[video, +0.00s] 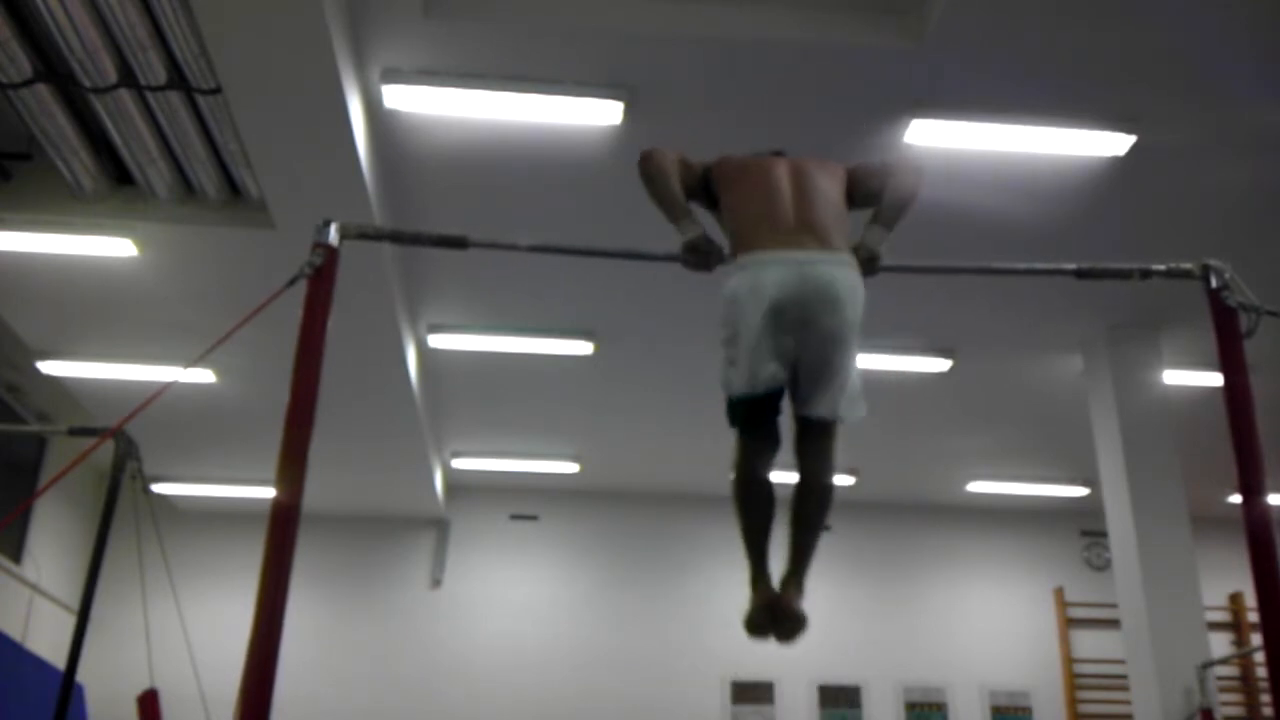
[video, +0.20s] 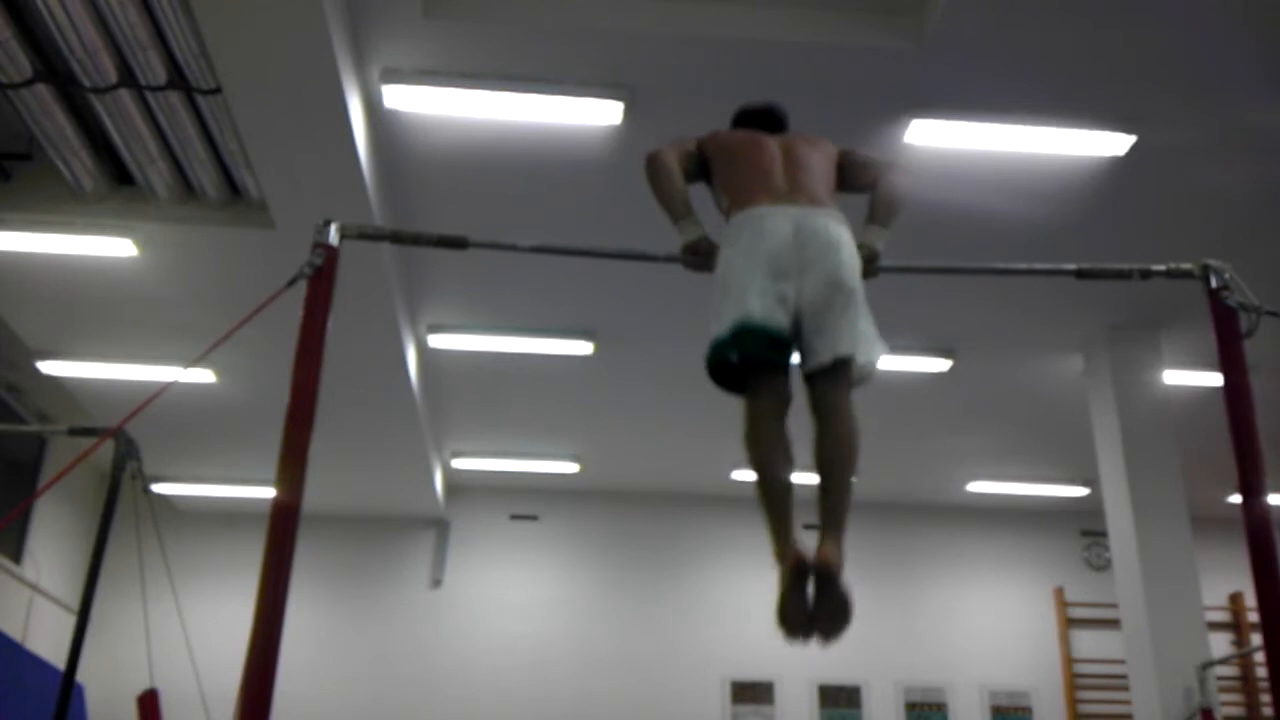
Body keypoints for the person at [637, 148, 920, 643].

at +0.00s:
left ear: (743, 161)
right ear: (798, 155)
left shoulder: (720, 173)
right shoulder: (835, 173)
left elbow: (655, 160)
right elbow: (908, 173)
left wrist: (689, 230)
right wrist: (875, 238)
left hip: (756, 276)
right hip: (833, 276)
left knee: (755, 447)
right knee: (817, 453)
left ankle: (761, 587)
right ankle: (793, 588)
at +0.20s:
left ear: (732, 131)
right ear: (790, 131)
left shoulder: (719, 144)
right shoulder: (821, 151)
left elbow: (660, 159)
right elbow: (889, 176)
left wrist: (690, 231)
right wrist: (873, 238)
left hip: (755, 234)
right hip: (828, 235)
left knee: (766, 405)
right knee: (834, 401)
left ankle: (788, 557)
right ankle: (830, 551)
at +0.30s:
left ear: (732, 102)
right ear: (786, 104)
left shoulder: (715, 121)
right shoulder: (820, 130)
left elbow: (664, 162)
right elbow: (880, 173)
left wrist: (690, 230)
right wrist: (874, 236)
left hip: (755, 210)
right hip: (828, 211)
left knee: (770, 356)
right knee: (837, 355)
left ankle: (796, 497)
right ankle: (841, 489)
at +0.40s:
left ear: (732, 74)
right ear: (786, 78)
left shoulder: (712, 96)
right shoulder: (817, 105)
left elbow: (674, 162)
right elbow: (863, 164)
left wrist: (691, 225)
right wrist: (872, 226)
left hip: (755, 173)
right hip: (827, 175)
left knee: (770, 313)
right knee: (837, 311)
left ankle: (798, 453)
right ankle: (841, 440)